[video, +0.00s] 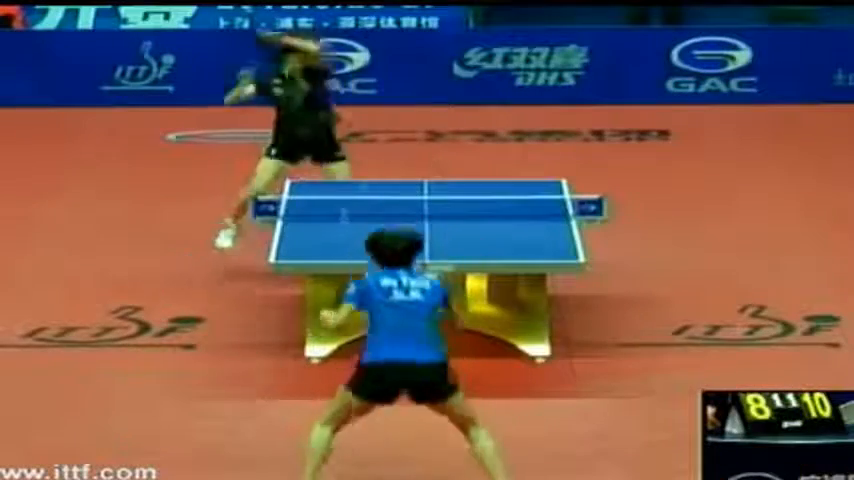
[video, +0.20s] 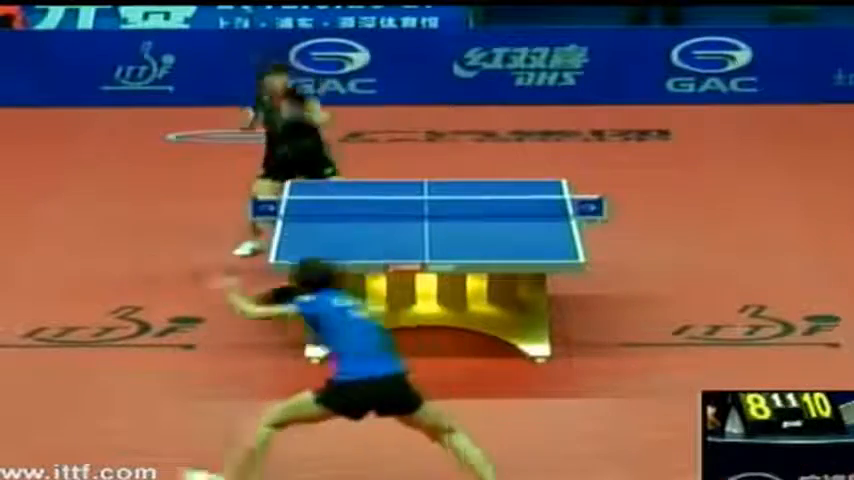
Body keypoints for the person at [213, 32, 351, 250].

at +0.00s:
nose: (296, 59)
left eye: (302, 54)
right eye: (291, 54)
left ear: (310, 55)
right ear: (284, 55)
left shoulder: (318, 74)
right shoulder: (274, 79)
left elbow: (314, 50)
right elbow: (233, 99)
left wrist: (283, 40)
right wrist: (240, 92)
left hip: (321, 138)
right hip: (287, 139)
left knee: (344, 191)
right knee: (257, 188)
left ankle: (347, 238)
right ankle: (231, 225)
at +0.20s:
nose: (276, 86)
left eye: (280, 80)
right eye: (271, 81)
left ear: (287, 81)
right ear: (264, 84)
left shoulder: (300, 99)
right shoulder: (263, 104)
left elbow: (322, 118)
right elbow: (249, 127)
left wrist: (298, 113)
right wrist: (249, 119)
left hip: (312, 160)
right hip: (279, 162)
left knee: (335, 191)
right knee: (259, 194)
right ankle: (256, 238)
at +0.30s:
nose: (293, 89)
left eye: (297, 84)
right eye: (288, 84)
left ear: (305, 85)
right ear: (281, 87)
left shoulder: (319, 107)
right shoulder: (274, 107)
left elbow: (342, 136)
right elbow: (267, 124)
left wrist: (313, 135)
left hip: (321, 165)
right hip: (282, 166)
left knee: (345, 196)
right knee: (262, 201)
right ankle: (257, 239)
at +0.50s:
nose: (348, 93)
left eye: (352, 88)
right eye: (344, 88)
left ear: (359, 90)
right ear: (335, 88)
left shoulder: (363, 111)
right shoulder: (318, 106)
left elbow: (375, 133)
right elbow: (283, 123)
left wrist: (381, 143)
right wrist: (305, 136)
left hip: (345, 161)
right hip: (310, 163)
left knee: (372, 195)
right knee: (288, 202)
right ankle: (252, 235)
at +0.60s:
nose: (361, 95)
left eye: (366, 90)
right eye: (357, 89)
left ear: (373, 92)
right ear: (348, 89)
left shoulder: (374, 114)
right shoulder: (329, 107)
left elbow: (386, 137)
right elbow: (291, 125)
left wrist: (393, 149)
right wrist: (315, 135)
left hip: (349, 161)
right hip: (314, 161)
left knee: (376, 195)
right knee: (294, 201)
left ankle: (378, 249)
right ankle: (256, 235)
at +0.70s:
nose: (368, 98)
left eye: (373, 93)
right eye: (363, 92)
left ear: (379, 97)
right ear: (354, 93)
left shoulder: (380, 119)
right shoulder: (334, 110)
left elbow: (391, 143)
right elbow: (294, 126)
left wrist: (399, 156)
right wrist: (317, 136)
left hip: (352, 166)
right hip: (316, 166)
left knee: (377, 199)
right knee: (292, 202)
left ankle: (387, 253)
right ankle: (263, 246)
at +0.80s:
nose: (370, 102)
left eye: (375, 97)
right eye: (365, 97)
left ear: (380, 100)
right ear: (354, 97)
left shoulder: (378, 124)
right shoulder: (334, 114)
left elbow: (390, 151)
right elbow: (293, 131)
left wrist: (403, 165)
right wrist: (318, 141)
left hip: (350, 168)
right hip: (316, 168)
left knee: (363, 209)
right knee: (294, 209)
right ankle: (261, 254)